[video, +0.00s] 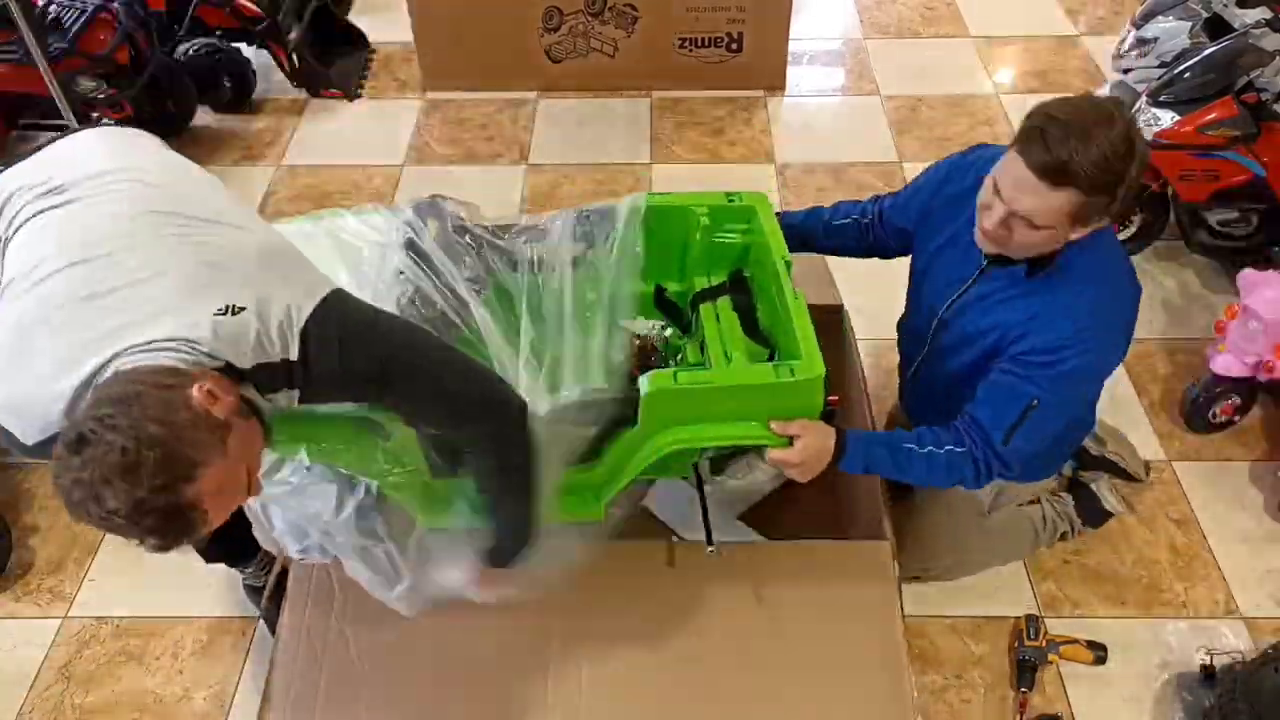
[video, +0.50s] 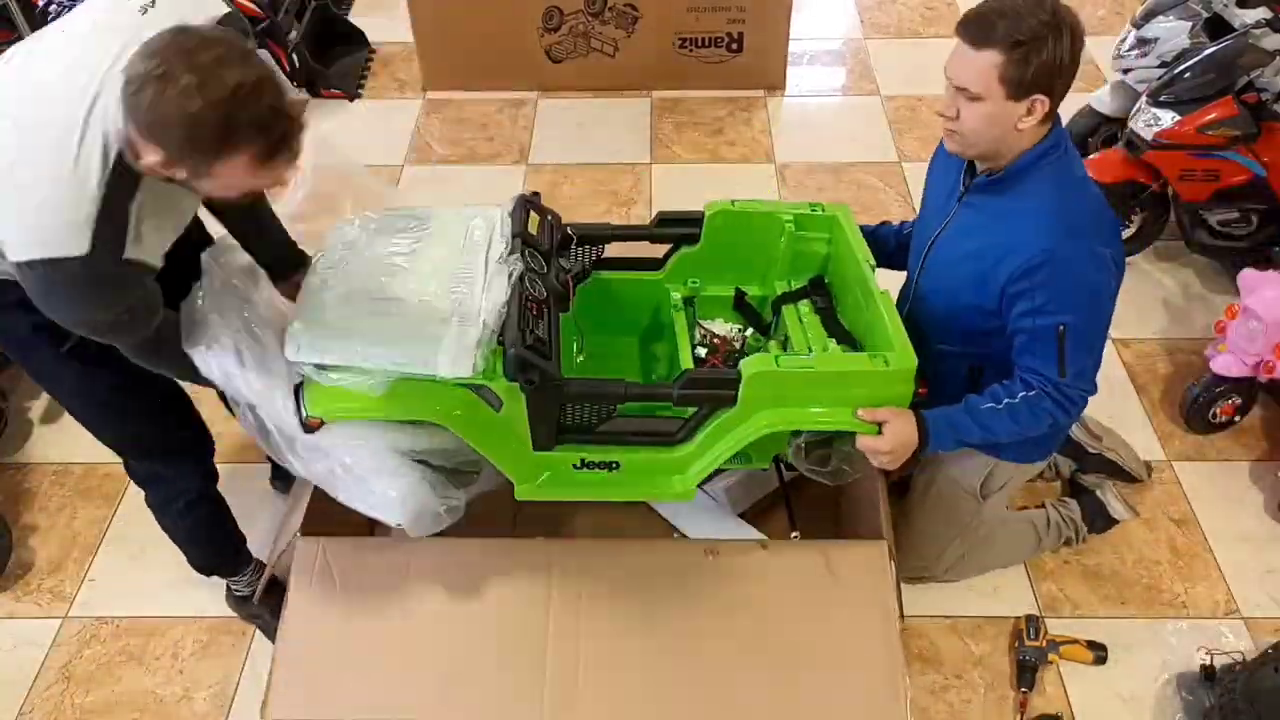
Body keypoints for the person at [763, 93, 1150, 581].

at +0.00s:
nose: (992, 219)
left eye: (1024, 222)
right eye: (996, 190)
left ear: (1083, 228)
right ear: (1005, 156)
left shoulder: (1081, 321)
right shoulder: (974, 172)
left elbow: (980, 449)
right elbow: (878, 224)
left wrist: (841, 450)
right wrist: (768, 232)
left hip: (995, 453)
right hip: (924, 392)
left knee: (913, 555)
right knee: (891, 486)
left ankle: (1073, 507)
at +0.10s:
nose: (970, 146)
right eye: (978, 127)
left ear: (1058, 160)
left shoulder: (1090, 297)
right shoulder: (976, 179)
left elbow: (1013, 449)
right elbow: (908, 243)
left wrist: (870, 470)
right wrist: (801, 253)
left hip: (998, 451)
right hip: (929, 396)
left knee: (915, 557)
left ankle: (1077, 506)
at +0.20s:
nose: (956, 127)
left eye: (974, 117)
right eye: (963, 110)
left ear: (1034, 139)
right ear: (1031, 138)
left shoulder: (1090, 283)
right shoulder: (976, 171)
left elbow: (1024, 443)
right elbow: (909, 243)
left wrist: (881, 469)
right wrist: (805, 249)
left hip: (1001, 445)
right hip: (929, 397)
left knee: (918, 558)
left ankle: (1075, 508)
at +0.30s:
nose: (962, 103)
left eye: (982, 92)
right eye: (970, 85)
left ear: (1042, 115)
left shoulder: (1087, 263)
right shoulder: (972, 153)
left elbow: (1058, 411)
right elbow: (942, 245)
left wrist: (932, 448)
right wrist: (852, 238)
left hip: (992, 421)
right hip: (915, 358)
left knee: (918, 555)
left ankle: (1078, 505)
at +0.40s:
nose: (950, 109)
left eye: (974, 98)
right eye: (953, 88)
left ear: (1038, 114)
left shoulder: (1075, 248)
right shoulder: (969, 148)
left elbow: (1049, 401)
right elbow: (937, 243)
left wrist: (923, 429)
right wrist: (848, 236)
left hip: (996, 420)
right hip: (924, 365)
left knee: (918, 554)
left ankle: (1080, 512)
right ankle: (1046, 449)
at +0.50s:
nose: (945, 109)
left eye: (968, 98)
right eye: (949, 88)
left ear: (1032, 113)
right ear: (948, 70)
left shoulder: (1069, 244)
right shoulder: (966, 143)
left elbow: (1050, 398)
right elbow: (940, 245)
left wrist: (924, 430)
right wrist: (854, 242)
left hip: (997, 418)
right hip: (923, 362)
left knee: (920, 556)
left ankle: (1079, 514)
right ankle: (1044, 449)